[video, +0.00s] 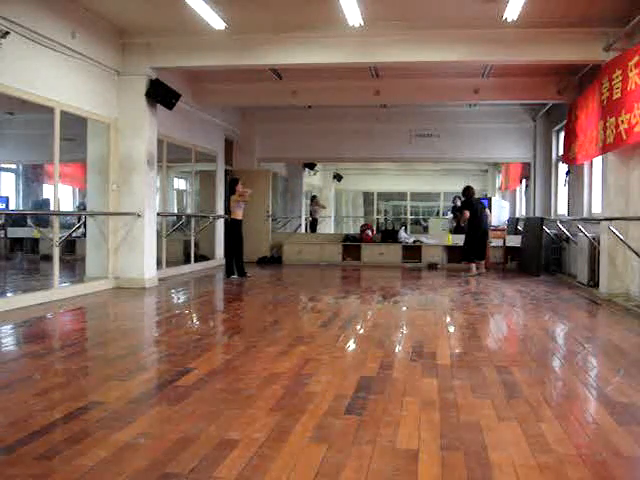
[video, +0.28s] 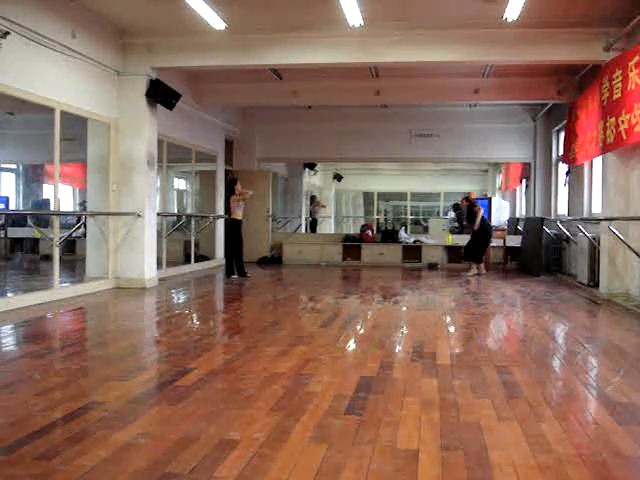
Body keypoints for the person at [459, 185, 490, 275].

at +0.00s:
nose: (464, 196)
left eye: (464, 194)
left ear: (464, 194)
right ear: (473, 193)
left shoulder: (466, 202)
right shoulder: (479, 202)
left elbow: (466, 215)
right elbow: (488, 214)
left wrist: (461, 222)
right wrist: (487, 223)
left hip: (472, 229)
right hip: (483, 228)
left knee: (470, 248)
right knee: (481, 248)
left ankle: (472, 268)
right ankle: (482, 267)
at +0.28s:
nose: (461, 205)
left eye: (462, 203)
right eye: (461, 203)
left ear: (466, 202)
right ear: (466, 202)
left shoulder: (472, 206)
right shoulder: (469, 209)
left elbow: (480, 210)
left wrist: (477, 223)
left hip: (483, 230)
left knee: (470, 248)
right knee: (478, 249)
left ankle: (474, 268)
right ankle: (481, 268)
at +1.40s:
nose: (482, 185)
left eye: (484, 183)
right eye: (482, 183)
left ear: (489, 185)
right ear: (481, 184)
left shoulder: (496, 197)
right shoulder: (476, 196)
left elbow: (502, 209)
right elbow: (469, 209)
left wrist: (497, 219)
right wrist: (471, 222)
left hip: (491, 224)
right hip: (479, 225)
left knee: (493, 249)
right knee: (479, 249)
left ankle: (494, 273)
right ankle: (481, 273)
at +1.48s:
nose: (482, 184)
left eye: (485, 183)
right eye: (482, 182)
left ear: (490, 184)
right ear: (482, 184)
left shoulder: (496, 196)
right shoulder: (477, 195)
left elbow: (504, 208)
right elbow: (470, 206)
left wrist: (498, 217)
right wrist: (470, 218)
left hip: (492, 223)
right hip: (479, 223)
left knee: (493, 248)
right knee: (479, 247)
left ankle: (495, 274)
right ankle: (481, 272)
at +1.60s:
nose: (485, 186)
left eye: (487, 184)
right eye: (485, 184)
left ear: (493, 185)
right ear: (485, 185)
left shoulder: (500, 196)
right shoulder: (481, 195)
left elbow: (508, 208)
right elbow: (472, 206)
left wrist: (501, 213)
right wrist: (470, 211)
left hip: (495, 226)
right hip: (483, 225)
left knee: (496, 249)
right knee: (482, 248)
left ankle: (497, 275)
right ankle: (483, 272)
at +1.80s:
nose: (489, 185)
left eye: (491, 183)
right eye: (489, 183)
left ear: (497, 184)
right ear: (491, 185)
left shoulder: (504, 198)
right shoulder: (485, 197)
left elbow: (510, 213)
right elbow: (483, 212)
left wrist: (500, 210)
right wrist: (480, 223)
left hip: (501, 227)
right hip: (488, 226)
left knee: (499, 250)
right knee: (485, 248)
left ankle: (497, 275)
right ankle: (487, 273)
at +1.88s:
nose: (489, 184)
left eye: (491, 182)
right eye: (489, 182)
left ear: (497, 183)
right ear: (491, 183)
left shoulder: (504, 196)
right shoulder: (486, 196)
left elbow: (509, 211)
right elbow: (485, 209)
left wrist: (497, 207)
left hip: (501, 225)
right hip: (488, 224)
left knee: (500, 248)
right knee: (484, 246)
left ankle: (498, 274)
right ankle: (490, 271)